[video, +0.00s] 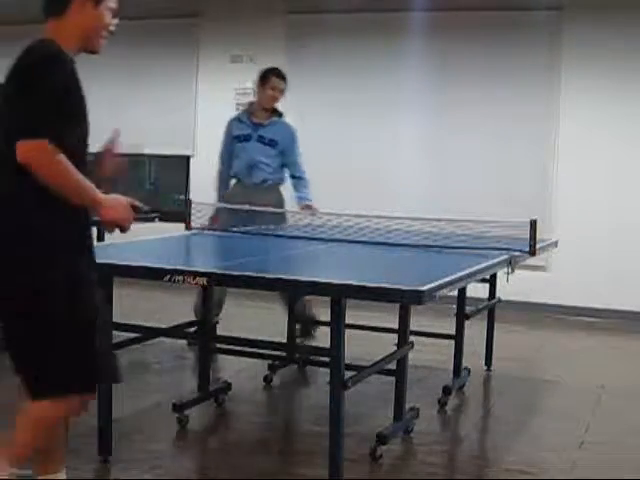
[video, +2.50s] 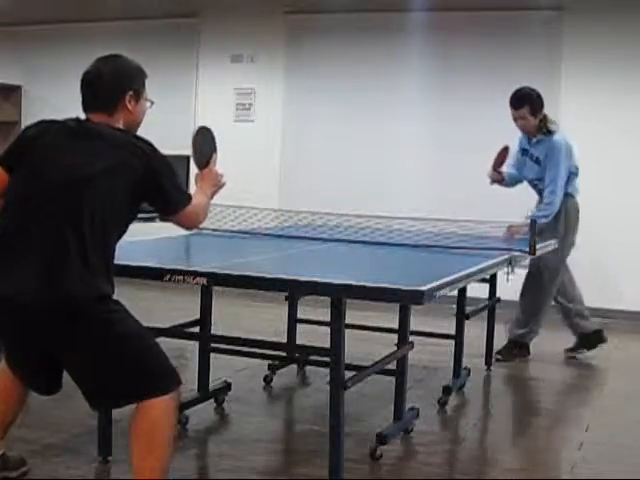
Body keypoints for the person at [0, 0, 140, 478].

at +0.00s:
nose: (111, 25)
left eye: (114, 17)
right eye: (109, 13)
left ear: (77, 11)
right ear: (79, 8)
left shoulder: (51, 64)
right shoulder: (46, 62)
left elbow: (42, 158)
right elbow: (34, 148)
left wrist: (94, 169)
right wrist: (98, 200)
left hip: (48, 247)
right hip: (38, 250)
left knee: (56, 381)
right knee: (73, 386)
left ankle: (51, 472)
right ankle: (10, 466)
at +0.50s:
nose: (194, 22)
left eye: (195, 14)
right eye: (193, 11)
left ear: (136, 13)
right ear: (177, 10)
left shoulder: (101, 62)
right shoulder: (159, 67)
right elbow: (156, 154)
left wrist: (181, 54)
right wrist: (221, 208)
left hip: (81, 241)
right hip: (131, 246)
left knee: (85, 372)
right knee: (152, 389)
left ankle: (56, 471)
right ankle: (146, 475)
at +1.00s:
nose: (205, 13)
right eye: (204, 8)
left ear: (142, 12)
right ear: (200, 12)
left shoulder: (105, 46)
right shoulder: (212, 65)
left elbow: (66, 1)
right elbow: (294, 62)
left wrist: (122, 11)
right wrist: (312, 38)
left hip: (89, 246)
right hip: (155, 254)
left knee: (72, 359)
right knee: (161, 389)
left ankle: (32, 458)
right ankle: (150, 474)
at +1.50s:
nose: (147, 123)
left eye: (147, 114)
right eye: (147, 114)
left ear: (92, 111)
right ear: (135, 114)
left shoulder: (46, 147)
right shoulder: (142, 167)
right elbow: (199, 218)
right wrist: (207, 185)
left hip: (12, 296)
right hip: (77, 305)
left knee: (26, 366)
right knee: (165, 392)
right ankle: (148, 474)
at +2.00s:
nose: (148, 110)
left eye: (150, 101)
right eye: (148, 100)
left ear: (92, 98)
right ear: (134, 102)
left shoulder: (43, 133)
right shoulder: (145, 155)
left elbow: (1, 184)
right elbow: (196, 215)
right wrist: (209, 186)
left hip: (15, 288)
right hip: (83, 295)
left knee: (20, 365)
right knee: (161, 389)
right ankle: (148, 473)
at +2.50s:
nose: (144, 111)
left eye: (146, 102)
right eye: (144, 101)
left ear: (88, 98)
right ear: (129, 102)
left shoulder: (38, 134)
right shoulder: (139, 155)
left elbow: (2, 185)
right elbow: (190, 217)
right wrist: (205, 188)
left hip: (12, 288)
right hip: (78, 295)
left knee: (16, 365)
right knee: (160, 389)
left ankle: (0, 453)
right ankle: (148, 473)